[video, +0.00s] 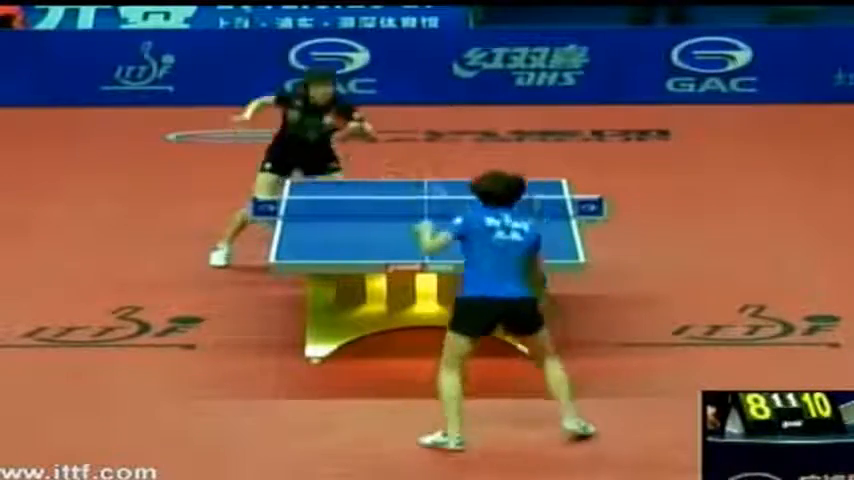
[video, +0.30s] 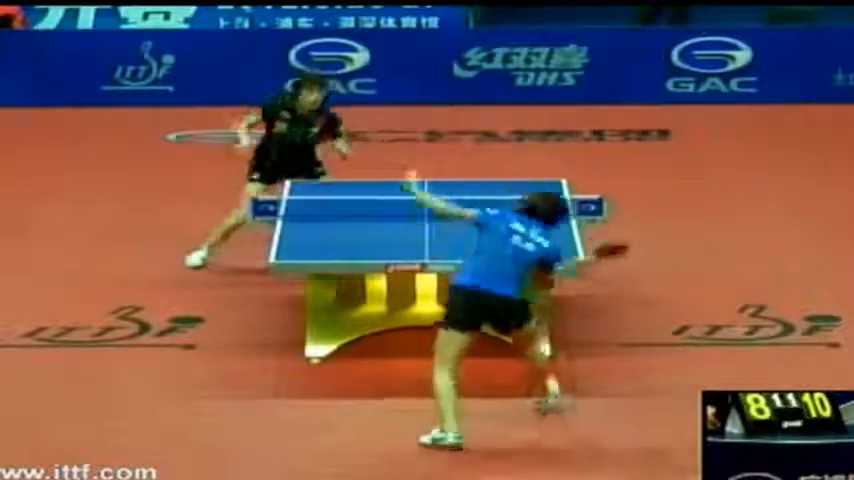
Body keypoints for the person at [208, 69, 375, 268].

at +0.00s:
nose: (322, 94)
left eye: (326, 88)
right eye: (318, 88)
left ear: (333, 88)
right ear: (309, 87)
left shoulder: (339, 105)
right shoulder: (294, 94)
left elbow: (368, 133)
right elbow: (261, 102)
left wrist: (354, 129)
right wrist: (248, 114)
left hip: (319, 156)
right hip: (284, 154)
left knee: (340, 201)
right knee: (260, 205)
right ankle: (225, 245)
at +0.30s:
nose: (313, 99)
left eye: (317, 95)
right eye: (309, 93)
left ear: (323, 97)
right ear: (298, 93)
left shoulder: (325, 118)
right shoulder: (279, 107)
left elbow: (340, 138)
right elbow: (249, 121)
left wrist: (341, 146)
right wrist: (243, 133)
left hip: (304, 165)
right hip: (269, 163)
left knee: (328, 202)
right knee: (247, 211)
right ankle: (205, 250)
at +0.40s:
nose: (305, 89)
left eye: (307, 85)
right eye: (299, 84)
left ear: (309, 88)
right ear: (286, 85)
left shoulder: (307, 111)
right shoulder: (262, 104)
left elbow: (318, 135)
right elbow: (219, 116)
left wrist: (331, 141)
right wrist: (239, 127)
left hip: (280, 158)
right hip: (247, 157)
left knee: (304, 201)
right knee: (227, 212)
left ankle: (297, 253)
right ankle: (200, 248)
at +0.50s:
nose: (299, 85)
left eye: (301, 81)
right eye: (294, 79)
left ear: (303, 84)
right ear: (281, 80)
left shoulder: (301, 108)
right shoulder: (255, 98)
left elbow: (316, 135)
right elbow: (212, 108)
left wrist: (328, 134)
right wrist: (240, 118)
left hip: (270, 153)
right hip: (239, 153)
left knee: (298, 190)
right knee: (226, 209)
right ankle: (196, 247)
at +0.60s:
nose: (292, 89)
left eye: (296, 84)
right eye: (289, 83)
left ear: (297, 87)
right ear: (275, 82)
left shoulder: (294, 111)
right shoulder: (248, 101)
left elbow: (316, 138)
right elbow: (205, 114)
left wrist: (334, 143)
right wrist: (233, 123)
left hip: (260, 158)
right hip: (230, 156)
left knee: (296, 197)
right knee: (217, 210)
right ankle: (175, 246)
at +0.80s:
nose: (276, 110)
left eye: (280, 106)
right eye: (273, 104)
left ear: (279, 110)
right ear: (261, 102)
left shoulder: (272, 135)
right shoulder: (239, 118)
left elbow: (283, 165)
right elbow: (220, 136)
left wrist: (306, 176)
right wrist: (257, 142)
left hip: (225, 175)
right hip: (197, 172)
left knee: (262, 209)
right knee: (184, 224)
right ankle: (146, 260)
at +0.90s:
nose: (270, 115)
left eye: (271, 110)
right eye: (266, 108)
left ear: (254, 111)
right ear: (252, 108)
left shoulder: (247, 129)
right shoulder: (238, 122)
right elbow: (250, 142)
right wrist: (283, 139)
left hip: (204, 174)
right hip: (180, 174)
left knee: (247, 203)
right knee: (188, 225)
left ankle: (255, 253)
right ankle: (141, 257)